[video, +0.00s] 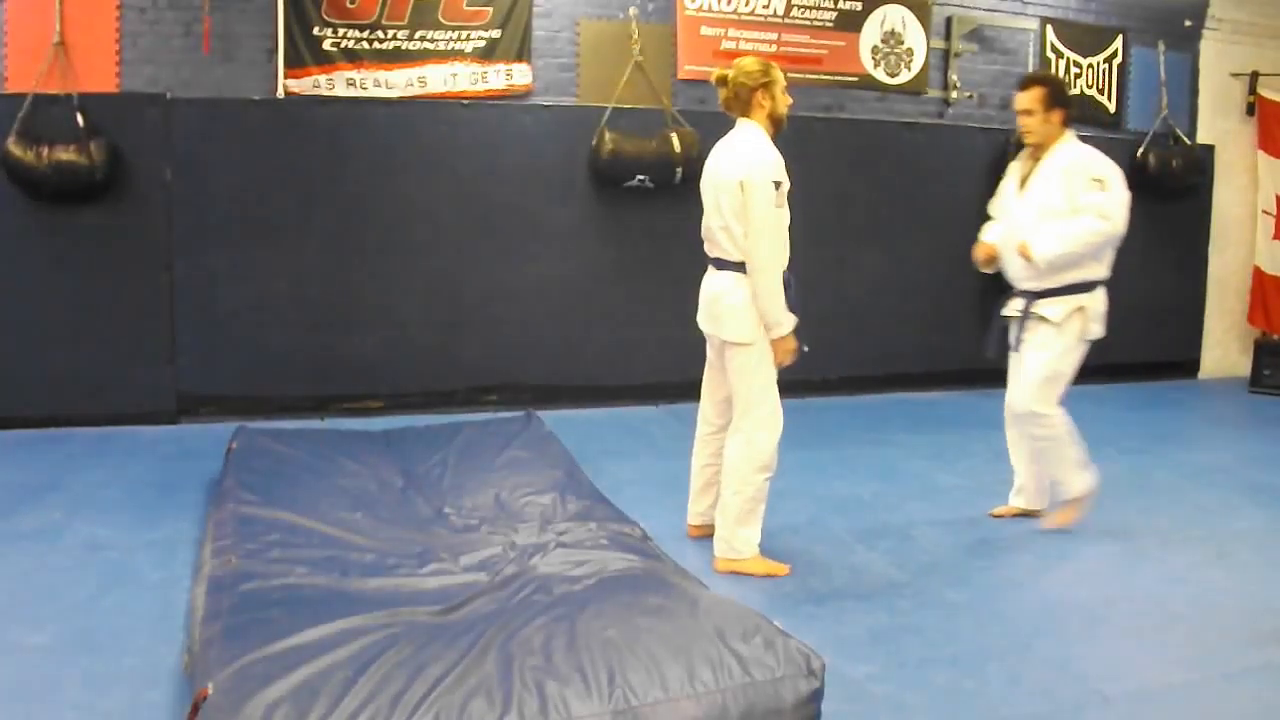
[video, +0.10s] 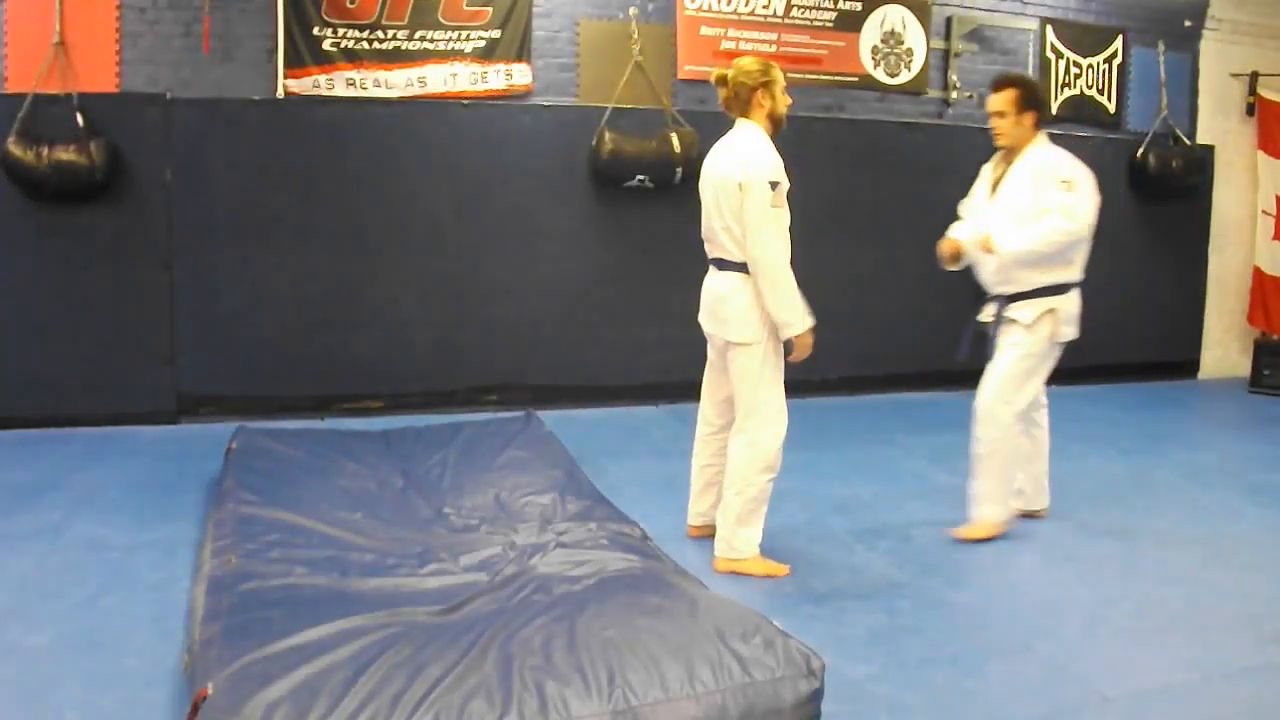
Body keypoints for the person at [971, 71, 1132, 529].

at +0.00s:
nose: (1021, 123)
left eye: (1029, 114)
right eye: (1018, 114)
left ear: (1058, 116)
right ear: (1017, 117)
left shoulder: (1092, 166)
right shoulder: (1020, 168)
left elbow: (1106, 224)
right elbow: (1001, 219)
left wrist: (1040, 248)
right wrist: (990, 246)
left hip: (1070, 301)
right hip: (1025, 300)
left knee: (1033, 399)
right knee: (1017, 401)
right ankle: (1030, 495)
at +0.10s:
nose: (992, 125)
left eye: (1001, 116)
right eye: (990, 116)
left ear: (1031, 119)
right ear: (993, 120)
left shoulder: (1065, 170)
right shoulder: (993, 170)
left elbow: (1068, 229)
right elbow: (972, 220)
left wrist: (1001, 245)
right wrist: (956, 244)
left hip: (1045, 307)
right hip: (1005, 304)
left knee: (995, 401)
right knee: (1026, 402)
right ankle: (1031, 496)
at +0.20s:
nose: (965, 128)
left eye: (974, 119)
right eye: (963, 119)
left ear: (1004, 123)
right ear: (966, 122)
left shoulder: (1033, 176)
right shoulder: (969, 172)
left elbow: (1019, 230)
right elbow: (942, 219)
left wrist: (943, 237)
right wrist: (921, 240)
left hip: (1018, 313)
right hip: (979, 311)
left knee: (970, 410)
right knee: (1010, 407)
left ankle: (929, 520)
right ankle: (1029, 496)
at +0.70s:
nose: (835, 118)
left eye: (843, 109)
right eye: (832, 110)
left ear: (874, 109)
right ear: (837, 112)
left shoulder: (902, 157)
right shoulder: (834, 163)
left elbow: (864, 198)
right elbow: (811, 226)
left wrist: (798, 183)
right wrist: (795, 276)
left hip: (890, 304)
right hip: (843, 303)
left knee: (855, 411)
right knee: (815, 410)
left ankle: (892, 517)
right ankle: (813, 510)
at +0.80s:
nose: (821, 113)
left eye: (829, 103)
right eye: (819, 104)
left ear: (860, 102)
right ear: (827, 105)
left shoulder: (888, 149)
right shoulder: (823, 155)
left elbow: (848, 183)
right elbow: (801, 219)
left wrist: (782, 165)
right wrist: (786, 271)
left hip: (869, 301)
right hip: (826, 299)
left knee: (845, 414)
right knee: (807, 410)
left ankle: (856, 532)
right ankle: (812, 509)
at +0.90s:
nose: (812, 112)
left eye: (820, 102)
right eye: (809, 103)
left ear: (851, 101)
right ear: (816, 105)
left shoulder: (878, 148)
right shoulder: (813, 155)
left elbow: (838, 183)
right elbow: (789, 220)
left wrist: (768, 172)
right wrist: (778, 271)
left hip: (858, 302)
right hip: (816, 299)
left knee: (835, 421)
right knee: (801, 411)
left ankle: (831, 545)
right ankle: (807, 508)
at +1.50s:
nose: (835, 114)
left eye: (844, 105)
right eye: (832, 106)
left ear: (873, 103)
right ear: (834, 107)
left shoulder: (912, 158)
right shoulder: (835, 157)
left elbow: (911, 236)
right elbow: (822, 222)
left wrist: (867, 290)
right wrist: (805, 282)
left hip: (886, 302)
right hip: (836, 297)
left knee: (866, 415)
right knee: (820, 408)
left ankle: (876, 529)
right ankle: (817, 506)